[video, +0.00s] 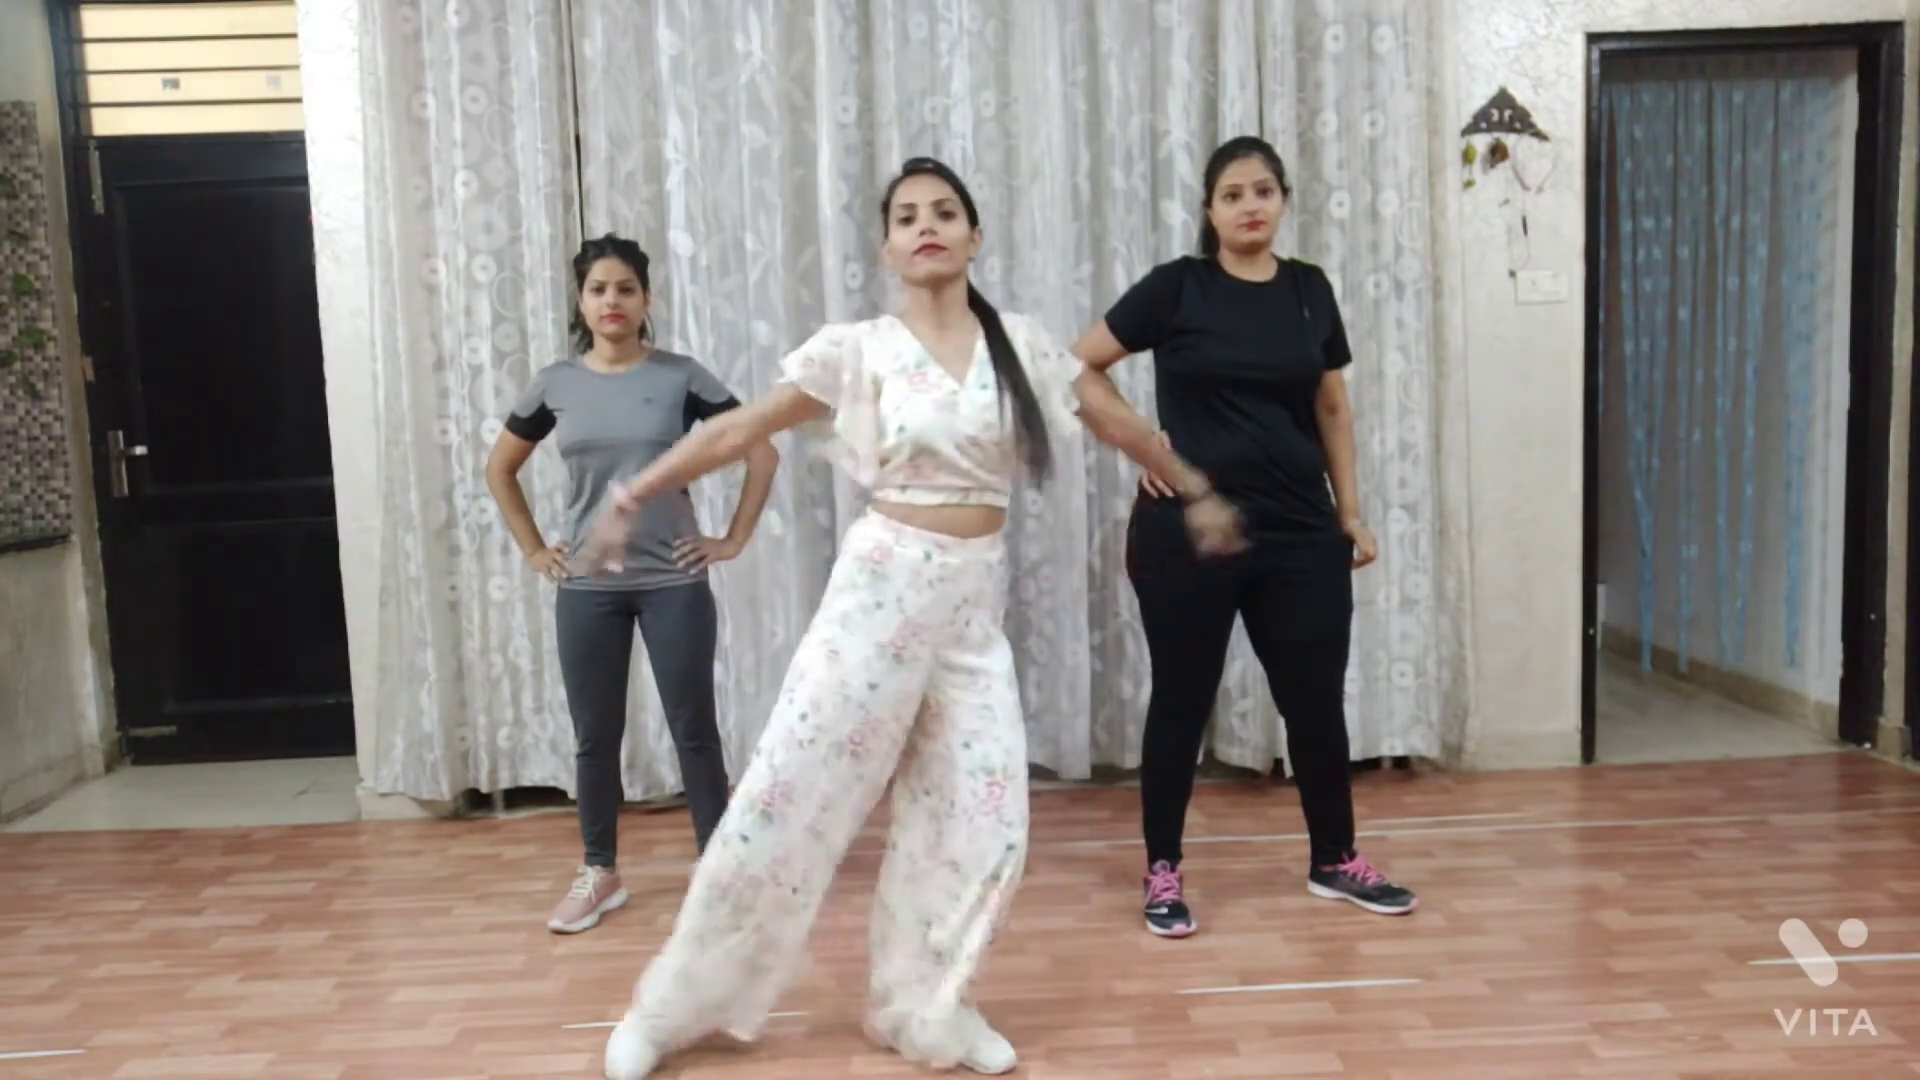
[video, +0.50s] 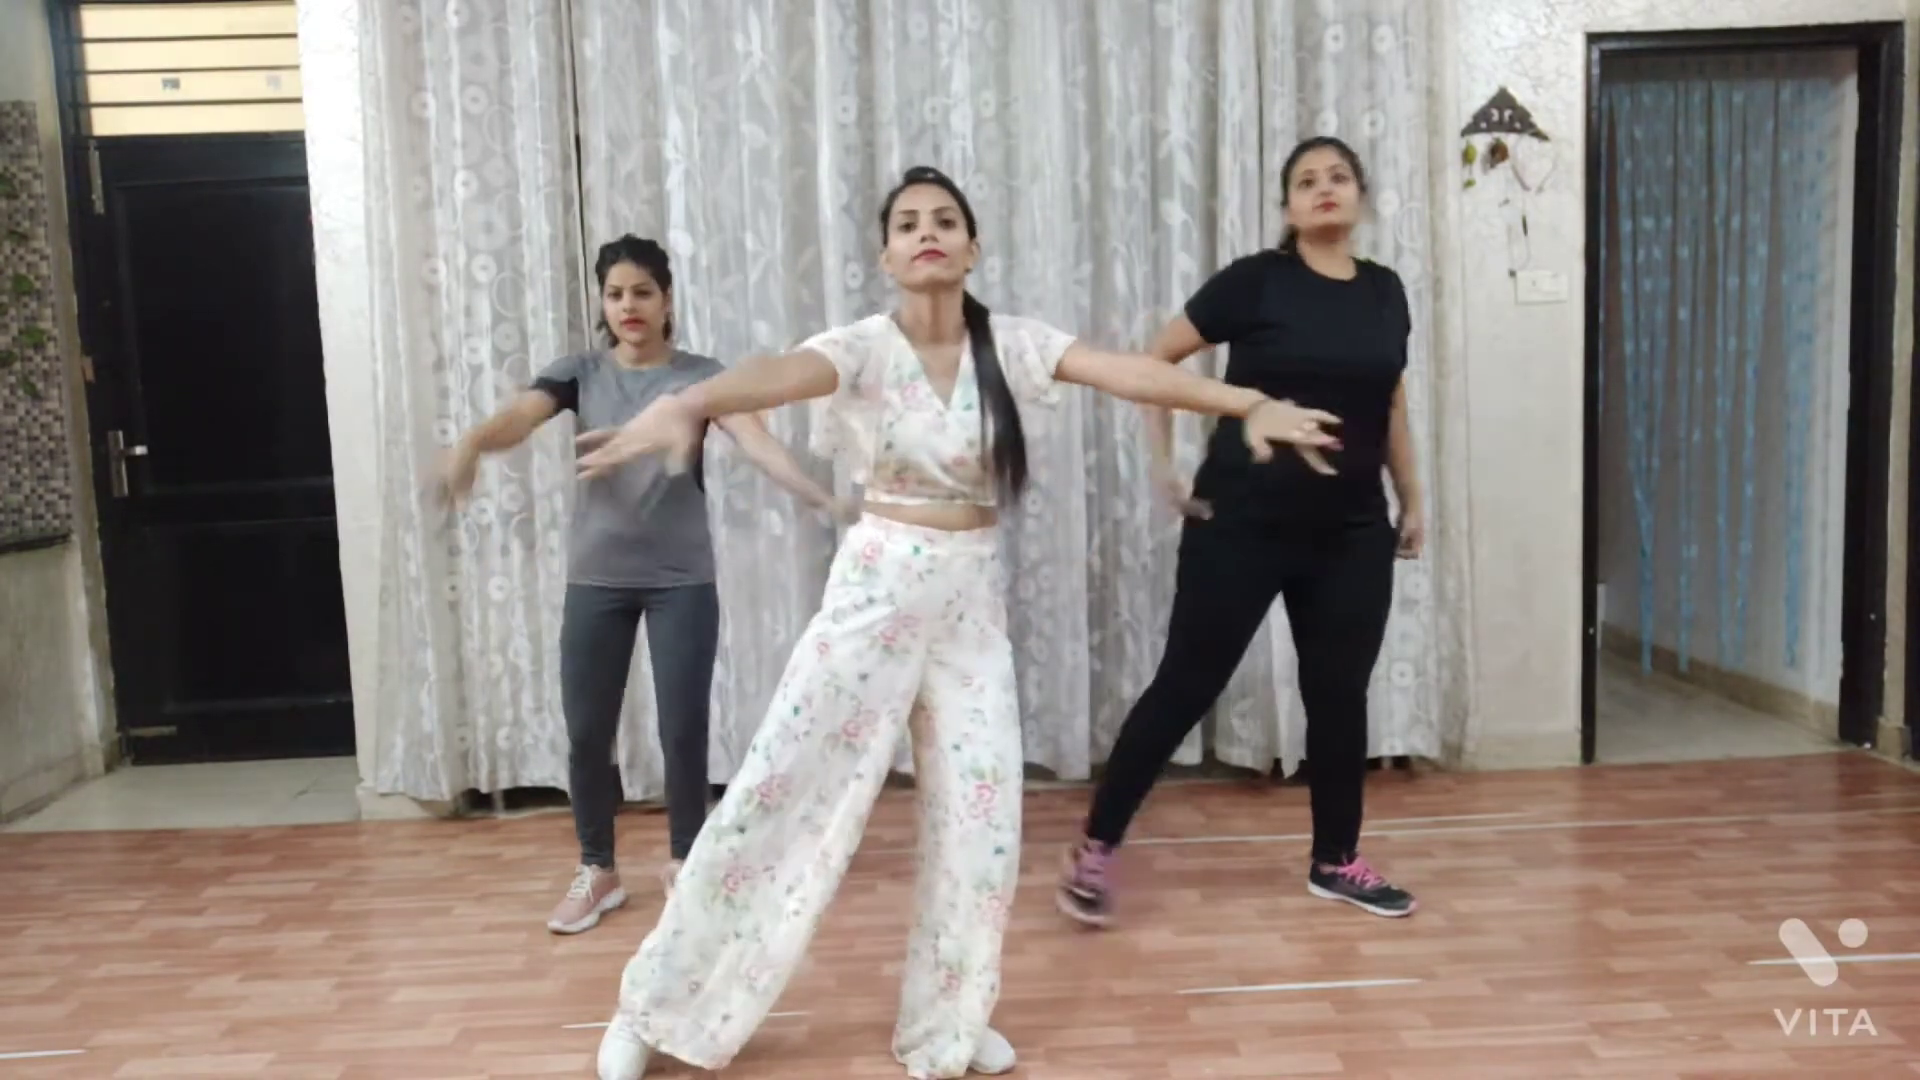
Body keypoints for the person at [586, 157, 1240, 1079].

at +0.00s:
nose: (927, 230)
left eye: (944, 215)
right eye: (908, 219)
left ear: (975, 236)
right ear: (887, 244)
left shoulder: (1021, 342)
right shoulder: (856, 349)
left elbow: (1120, 424)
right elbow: (738, 428)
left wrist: (1198, 494)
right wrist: (632, 491)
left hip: (975, 608)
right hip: (879, 600)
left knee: (991, 822)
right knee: (785, 798)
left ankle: (926, 1003)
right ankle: (662, 1013)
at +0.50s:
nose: (926, 238)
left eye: (944, 224)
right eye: (907, 228)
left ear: (974, 250)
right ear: (885, 256)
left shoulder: (1009, 341)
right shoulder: (864, 348)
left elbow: (1131, 372)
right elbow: (772, 378)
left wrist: (1248, 404)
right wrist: (675, 408)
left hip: (972, 606)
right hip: (871, 599)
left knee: (983, 823)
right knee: (768, 797)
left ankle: (948, 1030)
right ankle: (646, 1014)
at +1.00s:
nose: (941, 244)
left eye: (957, 230)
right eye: (922, 230)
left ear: (982, 248)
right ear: (893, 247)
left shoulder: (1003, 336)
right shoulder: (860, 333)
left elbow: (1006, 377)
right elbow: (883, 347)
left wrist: (969, 420)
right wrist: (962, 322)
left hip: (971, 597)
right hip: (875, 591)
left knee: (985, 811)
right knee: (773, 784)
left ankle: (948, 1025)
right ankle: (644, 1011)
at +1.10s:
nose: (940, 246)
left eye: (957, 232)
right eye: (922, 232)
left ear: (982, 250)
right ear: (893, 249)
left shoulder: (1005, 346)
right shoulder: (861, 331)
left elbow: (1000, 378)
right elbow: (878, 348)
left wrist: (936, 412)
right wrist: (979, 325)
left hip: (971, 597)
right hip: (876, 590)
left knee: (982, 818)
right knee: (773, 785)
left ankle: (949, 1024)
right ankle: (643, 1009)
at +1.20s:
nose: (941, 249)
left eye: (958, 234)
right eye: (922, 233)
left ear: (981, 249)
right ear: (894, 248)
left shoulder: (1000, 349)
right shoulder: (861, 329)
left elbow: (999, 382)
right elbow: (878, 341)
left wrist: (917, 410)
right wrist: (1001, 325)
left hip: (969, 594)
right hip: (876, 587)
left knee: (984, 818)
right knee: (771, 788)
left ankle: (949, 1023)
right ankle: (644, 1007)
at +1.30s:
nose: (943, 254)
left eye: (959, 238)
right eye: (924, 238)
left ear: (983, 252)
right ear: (894, 249)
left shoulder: (1003, 353)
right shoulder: (858, 330)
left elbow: (993, 385)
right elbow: (880, 334)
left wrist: (894, 405)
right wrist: (1017, 323)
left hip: (971, 599)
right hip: (878, 590)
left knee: (985, 819)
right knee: (770, 789)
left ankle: (950, 1023)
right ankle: (643, 1005)